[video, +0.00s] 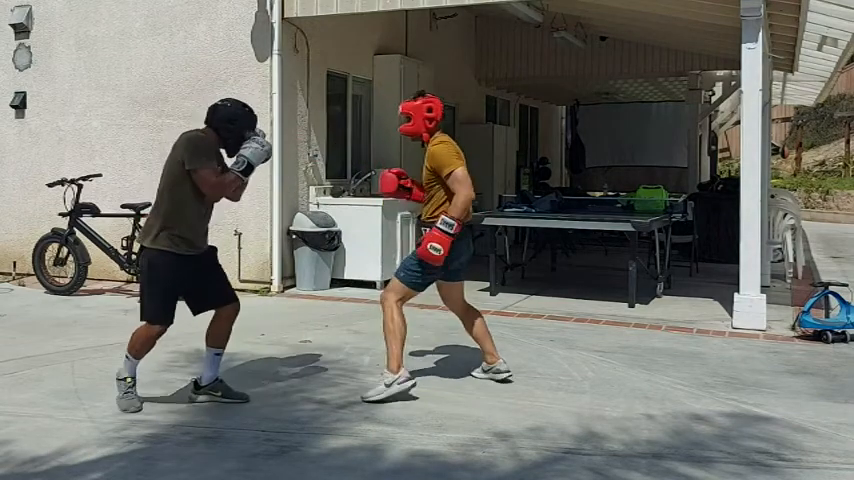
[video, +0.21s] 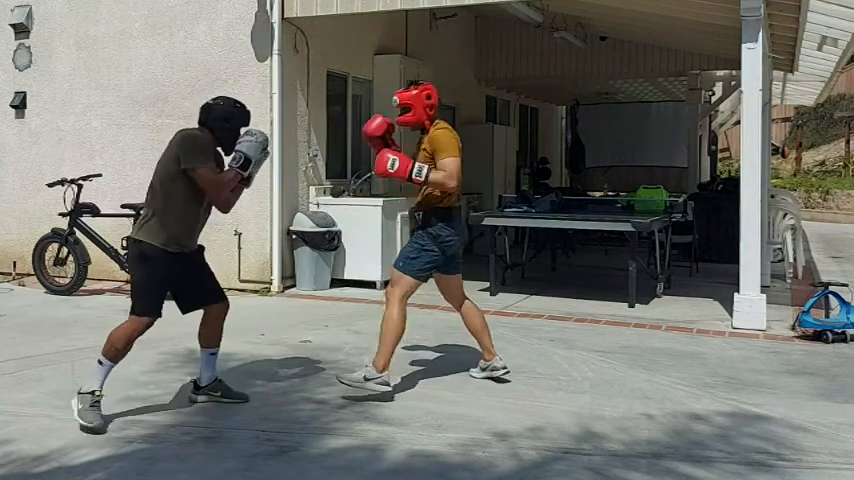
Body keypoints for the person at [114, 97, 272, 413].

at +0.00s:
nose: (245, 140)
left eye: (248, 135)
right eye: (245, 134)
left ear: (223, 127)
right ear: (228, 128)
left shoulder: (214, 153)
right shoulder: (195, 141)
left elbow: (234, 193)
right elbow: (212, 188)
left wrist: (249, 162)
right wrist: (243, 164)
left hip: (195, 251)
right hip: (161, 249)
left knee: (228, 307)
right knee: (157, 324)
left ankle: (209, 380)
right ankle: (126, 376)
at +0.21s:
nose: (240, 134)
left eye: (241, 129)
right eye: (238, 128)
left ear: (214, 123)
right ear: (224, 126)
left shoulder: (211, 154)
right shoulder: (192, 141)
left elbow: (225, 203)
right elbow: (218, 194)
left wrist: (246, 170)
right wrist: (241, 161)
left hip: (184, 249)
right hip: (151, 246)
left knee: (217, 306)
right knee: (143, 318)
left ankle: (207, 381)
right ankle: (91, 393)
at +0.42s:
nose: (219, 149)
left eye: (218, 143)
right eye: (215, 143)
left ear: (190, 140)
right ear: (200, 142)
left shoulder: (183, 166)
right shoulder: (166, 158)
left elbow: (181, 216)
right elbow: (191, 208)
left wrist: (216, 190)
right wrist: (217, 183)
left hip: (168, 261)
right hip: (136, 260)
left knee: (217, 309)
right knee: (127, 335)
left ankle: (207, 382)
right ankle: (73, 410)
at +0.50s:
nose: (214, 147)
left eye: (214, 141)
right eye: (211, 140)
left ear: (186, 138)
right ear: (195, 140)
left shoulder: (181, 165)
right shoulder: (161, 158)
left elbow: (183, 204)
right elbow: (186, 208)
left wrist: (213, 183)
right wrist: (214, 180)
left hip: (167, 260)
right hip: (134, 260)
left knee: (214, 308)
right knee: (126, 336)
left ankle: (207, 381)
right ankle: (72, 410)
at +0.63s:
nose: (211, 138)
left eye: (211, 133)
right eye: (209, 132)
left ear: (182, 129)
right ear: (194, 131)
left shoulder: (179, 156)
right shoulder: (162, 152)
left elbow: (184, 193)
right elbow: (189, 201)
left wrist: (208, 171)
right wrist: (213, 172)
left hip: (167, 256)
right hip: (134, 256)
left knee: (211, 307)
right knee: (125, 333)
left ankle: (206, 381)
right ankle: (72, 408)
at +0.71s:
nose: (212, 138)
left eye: (213, 133)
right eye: (210, 132)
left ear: (183, 129)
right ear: (194, 131)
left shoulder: (179, 156)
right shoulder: (164, 151)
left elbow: (179, 200)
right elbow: (191, 201)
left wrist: (208, 171)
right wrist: (215, 171)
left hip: (167, 257)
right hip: (136, 257)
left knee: (212, 306)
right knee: (126, 334)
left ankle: (206, 381)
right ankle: (72, 408)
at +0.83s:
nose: (219, 148)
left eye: (219, 141)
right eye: (216, 141)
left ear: (185, 137)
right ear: (201, 141)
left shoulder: (175, 163)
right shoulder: (171, 159)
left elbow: (156, 220)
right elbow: (196, 210)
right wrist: (219, 180)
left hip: (165, 263)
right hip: (137, 263)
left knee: (213, 307)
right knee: (133, 340)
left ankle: (206, 381)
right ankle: (73, 409)